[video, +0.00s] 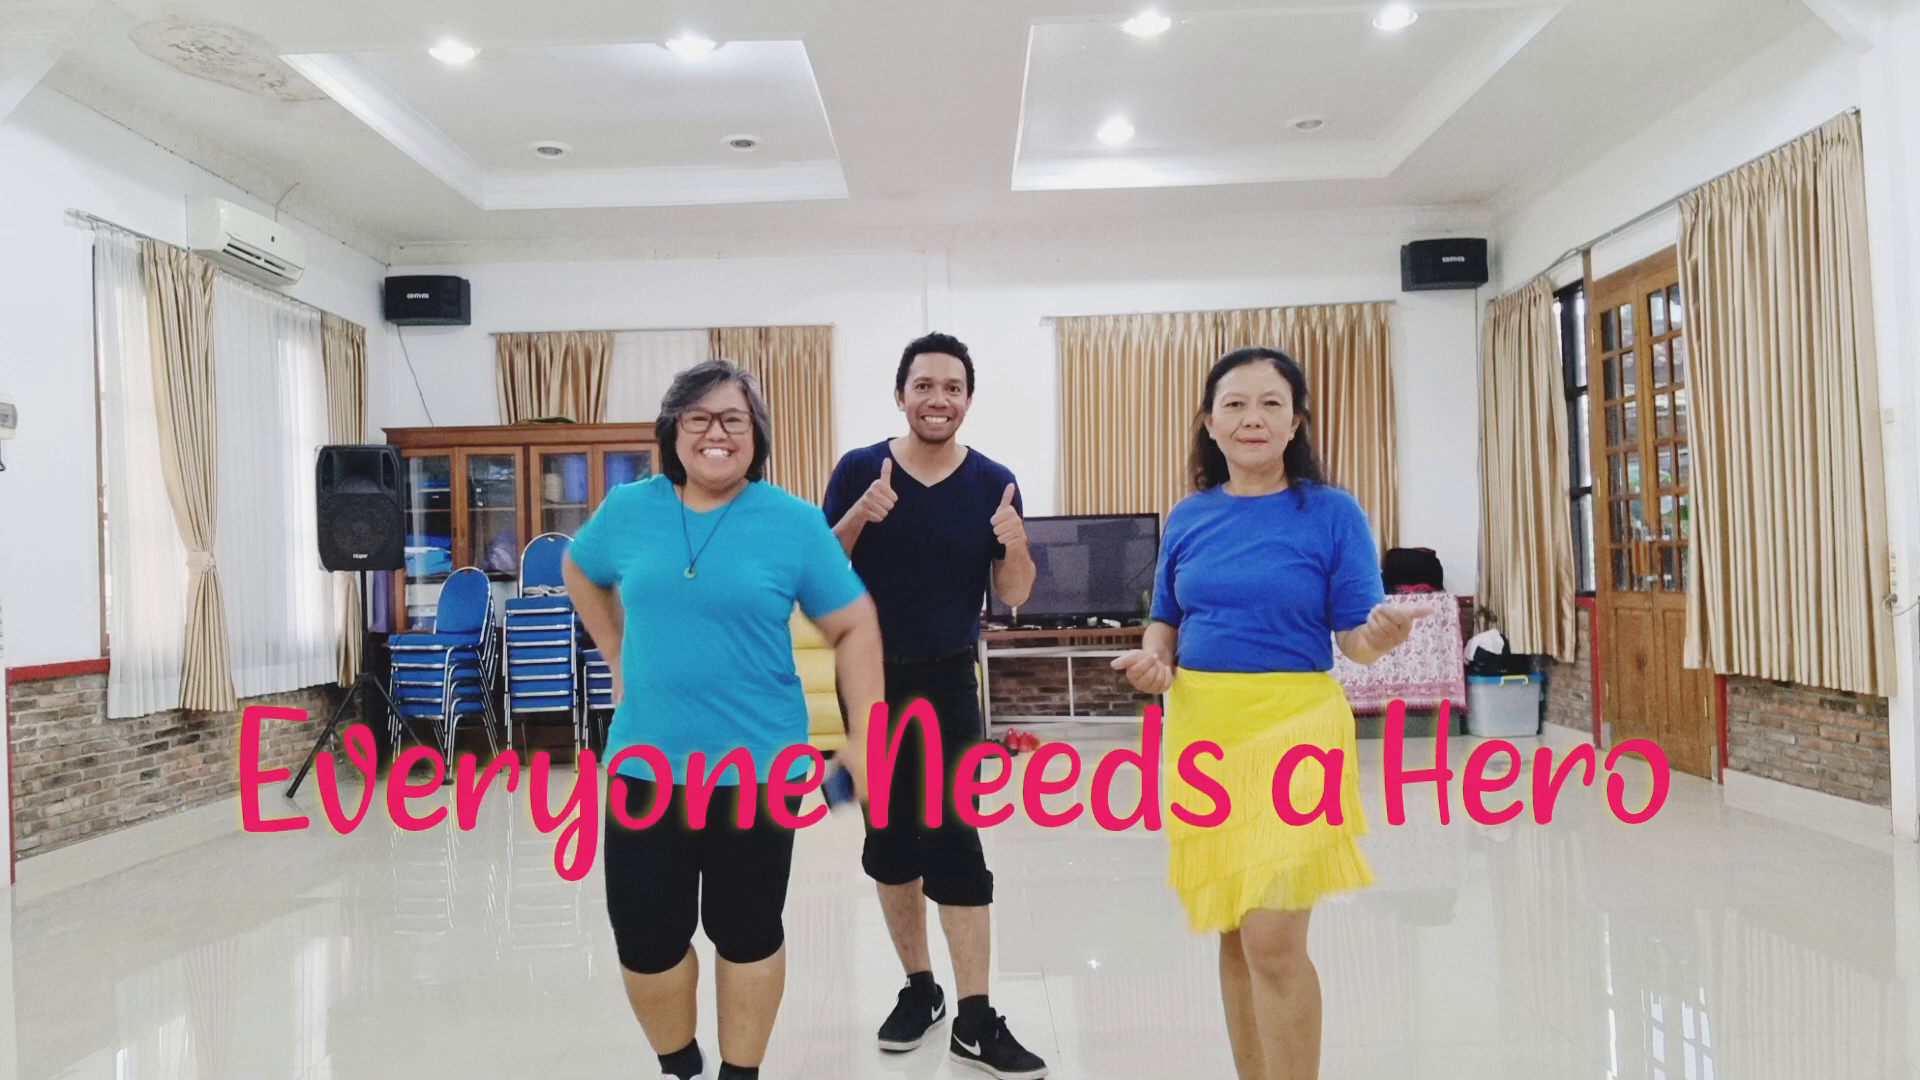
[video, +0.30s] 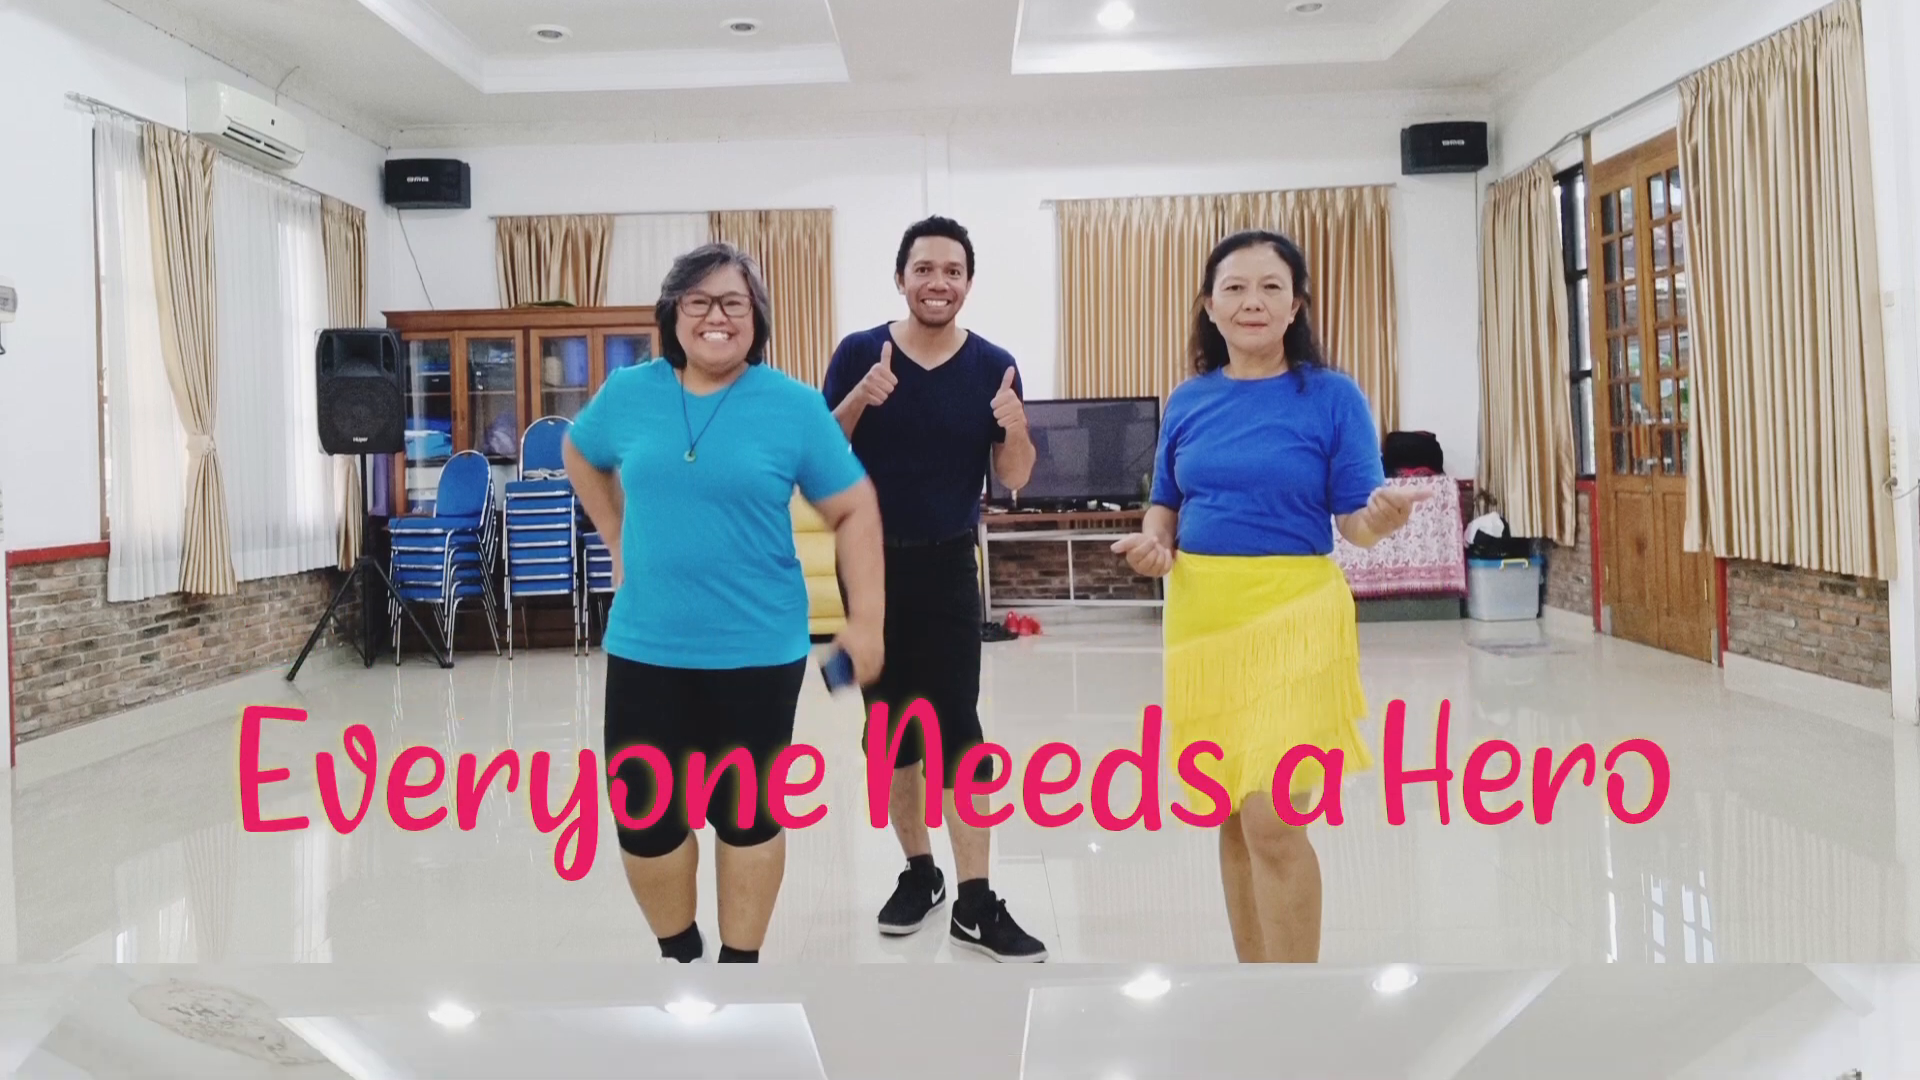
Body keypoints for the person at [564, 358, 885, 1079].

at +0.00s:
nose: (720, 432)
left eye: (736, 420)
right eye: (702, 420)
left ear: (756, 436)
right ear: (672, 434)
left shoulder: (795, 523)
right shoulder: (627, 509)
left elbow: (856, 626)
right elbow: (580, 570)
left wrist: (865, 738)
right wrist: (625, 663)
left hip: (758, 768)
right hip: (645, 764)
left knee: (746, 932)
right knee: (646, 938)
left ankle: (739, 1076)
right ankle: (680, 1069)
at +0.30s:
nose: (719, 316)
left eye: (735, 303)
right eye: (701, 303)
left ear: (756, 319)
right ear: (672, 317)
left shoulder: (795, 407)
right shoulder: (627, 393)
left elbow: (856, 509)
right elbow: (580, 453)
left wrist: (867, 622)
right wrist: (622, 544)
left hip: (758, 652)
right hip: (646, 649)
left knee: (748, 815)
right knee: (645, 819)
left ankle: (738, 973)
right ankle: (681, 961)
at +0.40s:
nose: (719, 156)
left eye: (735, 143)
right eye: (702, 143)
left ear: (756, 160)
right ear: (672, 157)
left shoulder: (795, 248)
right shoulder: (627, 233)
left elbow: (856, 349)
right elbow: (580, 293)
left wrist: (867, 462)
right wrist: (623, 384)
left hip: (757, 493)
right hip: (645, 491)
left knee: (746, 659)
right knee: (647, 666)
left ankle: (746, 811)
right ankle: (674, 808)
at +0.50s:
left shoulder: (798, 5)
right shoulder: (620, 3)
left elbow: (855, 85)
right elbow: (580, 30)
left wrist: (867, 197)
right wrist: (626, 128)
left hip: (757, 222)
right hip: (646, 220)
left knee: (746, 392)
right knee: (646, 398)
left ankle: (739, 548)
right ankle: (682, 537)